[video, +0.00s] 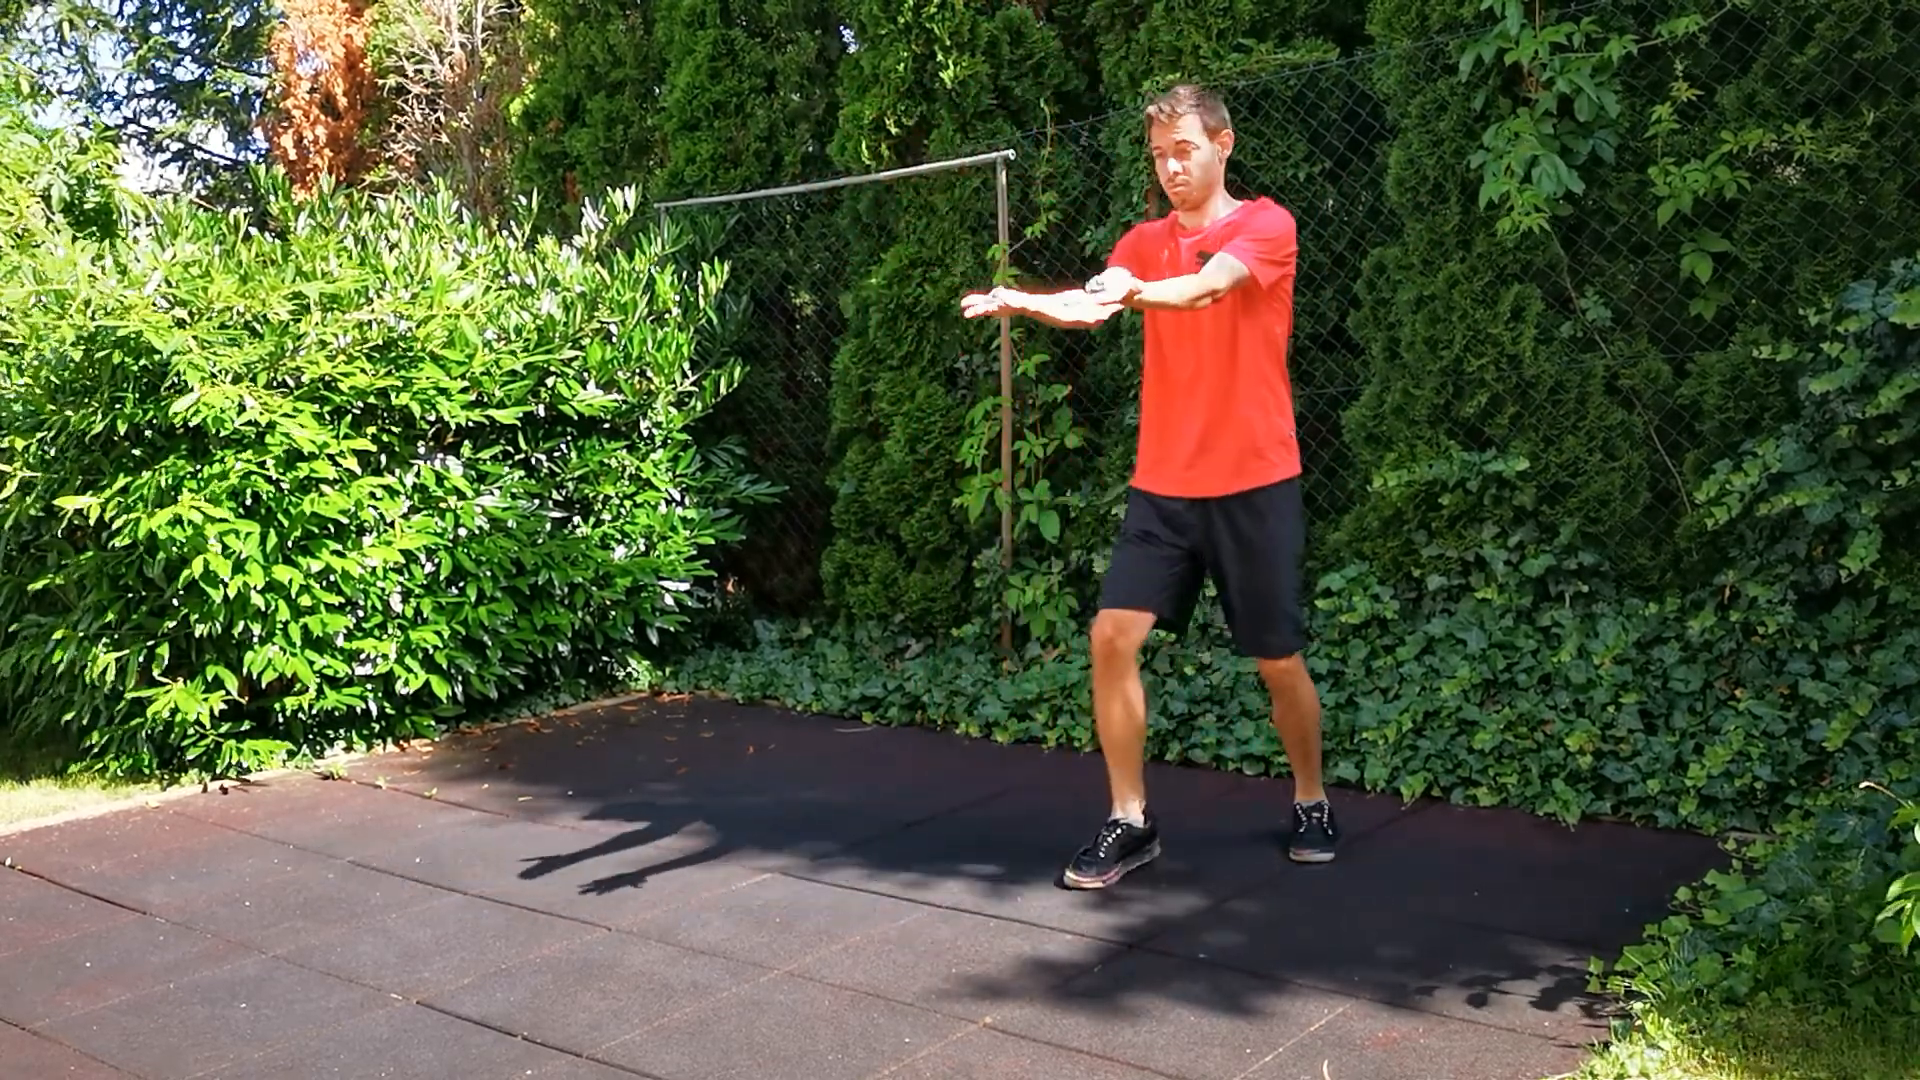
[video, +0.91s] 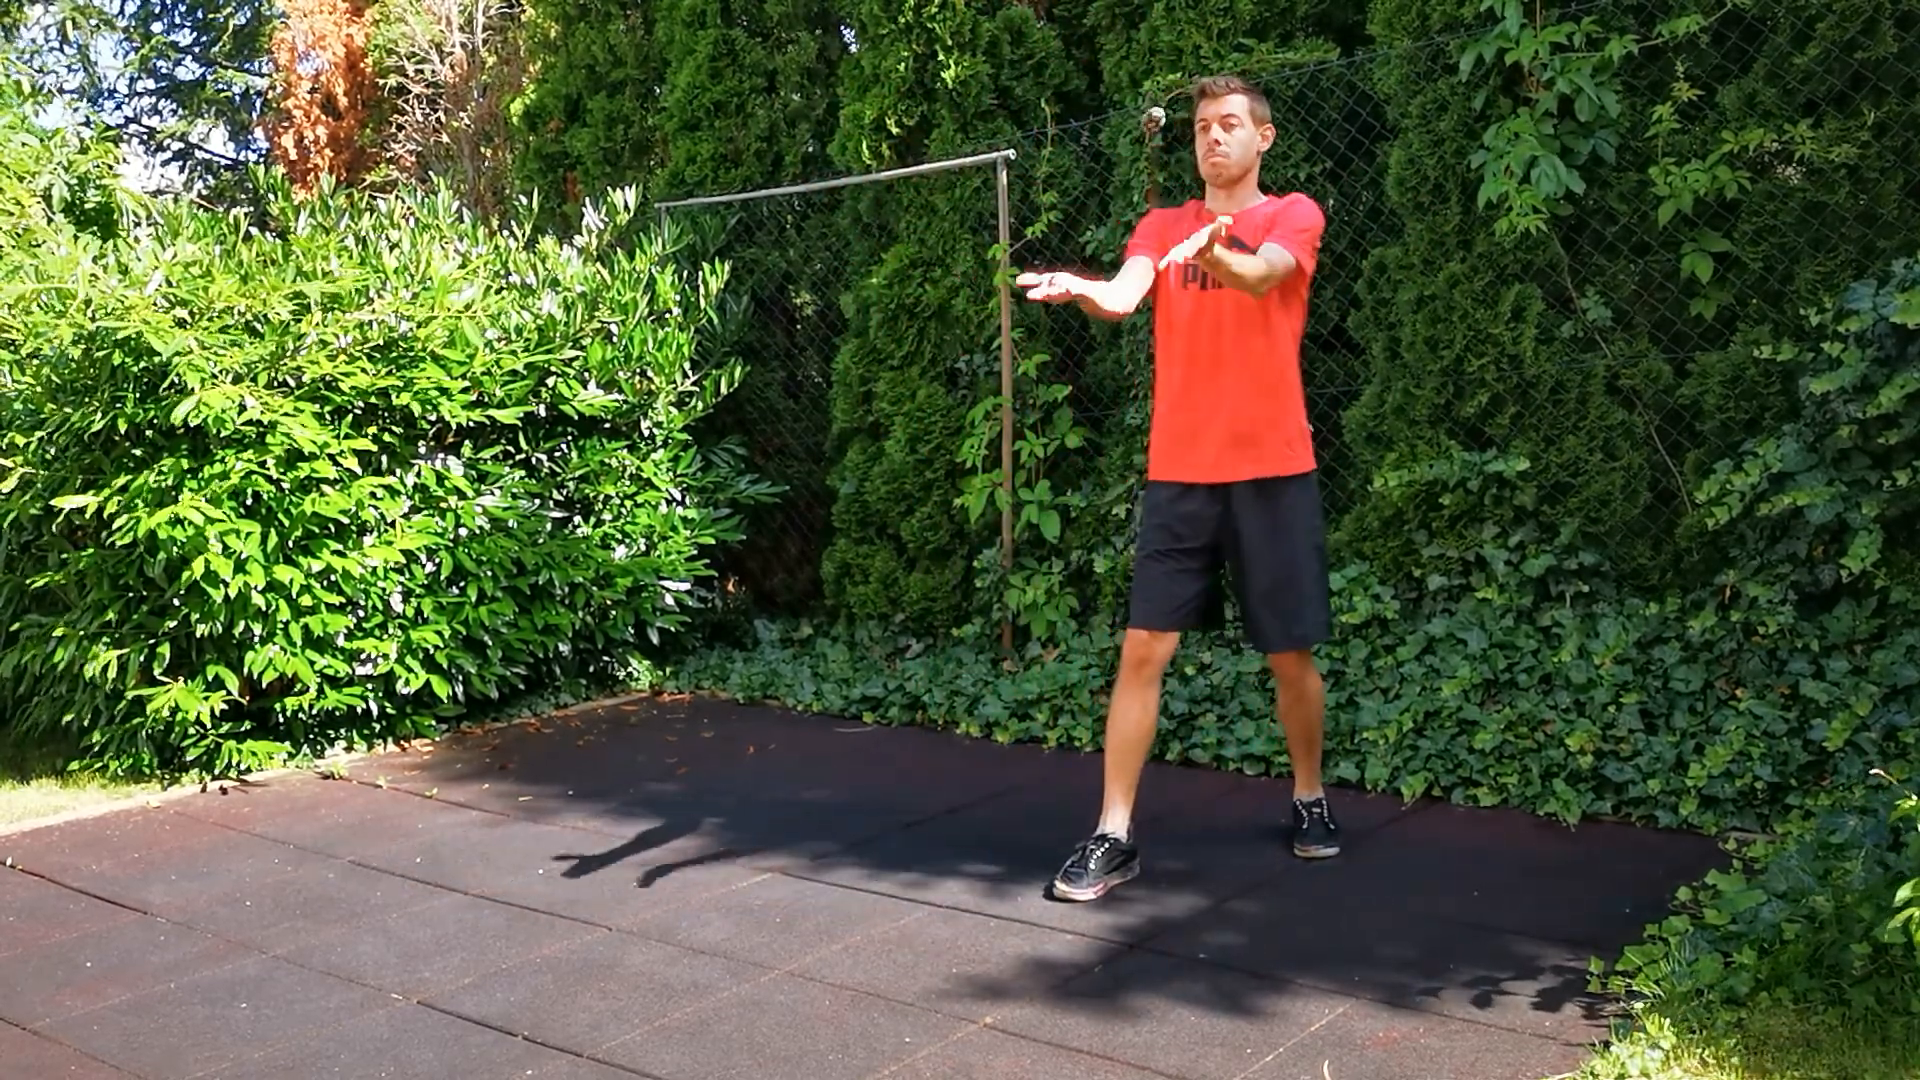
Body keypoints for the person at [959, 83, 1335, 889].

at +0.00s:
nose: (1172, 168)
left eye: (1185, 151)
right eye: (1161, 156)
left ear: (1223, 146)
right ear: (1150, 162)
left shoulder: (1268, 224)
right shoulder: (1144, 241)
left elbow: (1204, 286)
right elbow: (1089, 306)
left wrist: (1126, 289)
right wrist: (1017, 299)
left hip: (1254, 482)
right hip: (1163, 484)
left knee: (1278, 660)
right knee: (1112, 637)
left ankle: (1311, 805)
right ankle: (1129, 823)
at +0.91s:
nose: (1215, 136)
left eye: (1229, 123)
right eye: (1205, 127)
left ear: (1265, 137)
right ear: (1192, 145)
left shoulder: (1296, 213)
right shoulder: (1165, 222)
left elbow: (1267, 273)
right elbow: (1121, 299)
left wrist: (1220, 256)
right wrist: (1078, 289)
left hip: (1272, 471)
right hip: (1178, 471)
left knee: (1291, 651)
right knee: (1143, 647)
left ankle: (1310, 801)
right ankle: (1113, 833)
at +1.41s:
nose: (1243, 162)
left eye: (1258, 148)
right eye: (1231, 150)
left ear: (1290, 156)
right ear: (1219, 160)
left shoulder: (1316, 246)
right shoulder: (1190, 241)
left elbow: (1290, 367)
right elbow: (1172, 355)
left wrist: (1280, 337)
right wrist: (1144, 372)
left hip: (1282, 492)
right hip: (1192, 483)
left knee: (1291, 672)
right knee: (1144, 650)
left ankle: (1309, 801)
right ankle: (1112, 833)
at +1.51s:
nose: (1255, 170)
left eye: (1268, 156)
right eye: (1242, 157)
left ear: (1296, 159)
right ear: (1224, 163)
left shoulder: (1324, 251)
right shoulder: (1192, 244)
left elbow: (1342, 359)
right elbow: (1157, 358)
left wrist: (1344, 395)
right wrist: (1104, 415)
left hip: (1282, 497)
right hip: (1190, 488)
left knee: (1287, 674)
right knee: (1142, 649)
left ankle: (1309, 800)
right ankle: (1111, 833)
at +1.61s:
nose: (1264, 176)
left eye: (1278, 161)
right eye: (1252, 162)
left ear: (1309, 161)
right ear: (1235, 166)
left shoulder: (1339, 255)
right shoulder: (1194, 242)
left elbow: (1369, 366)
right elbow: (1139, 345)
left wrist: (1396, 380)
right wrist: (1063, 371)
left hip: (1291, 499)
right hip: (1193, 489)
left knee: (1300, 670)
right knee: (1143, 646)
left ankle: (1309, 801)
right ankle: (1111, 833)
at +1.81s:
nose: (1280, 189)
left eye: (1290, 172)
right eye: (1265, 173)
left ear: (1299, 166)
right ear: (1226, 165)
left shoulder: (1328, 246)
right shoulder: (1175, 237)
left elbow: (1381, 352)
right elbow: (1070, 279)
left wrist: (1426, 430)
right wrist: (1089, 178)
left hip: (1298, 501)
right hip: (1194, 492)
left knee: (1323, 674)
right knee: (1142, 655)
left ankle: (1312, 796)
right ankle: (1096, 827)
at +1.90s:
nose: (1296, 204)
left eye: (1303, 189)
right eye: (1282, 188)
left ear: (1305, 183)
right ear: (1234, 178)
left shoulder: (1324, 262)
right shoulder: (1173, 244)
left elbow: (1364, 376)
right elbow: (1064, 289)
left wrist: (1406, 481)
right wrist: (1129, 219)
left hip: (1305, 508)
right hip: (1196, 504)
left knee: (1367, 668)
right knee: (1136, 658)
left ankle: (1338, 777)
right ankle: (1094, 827)